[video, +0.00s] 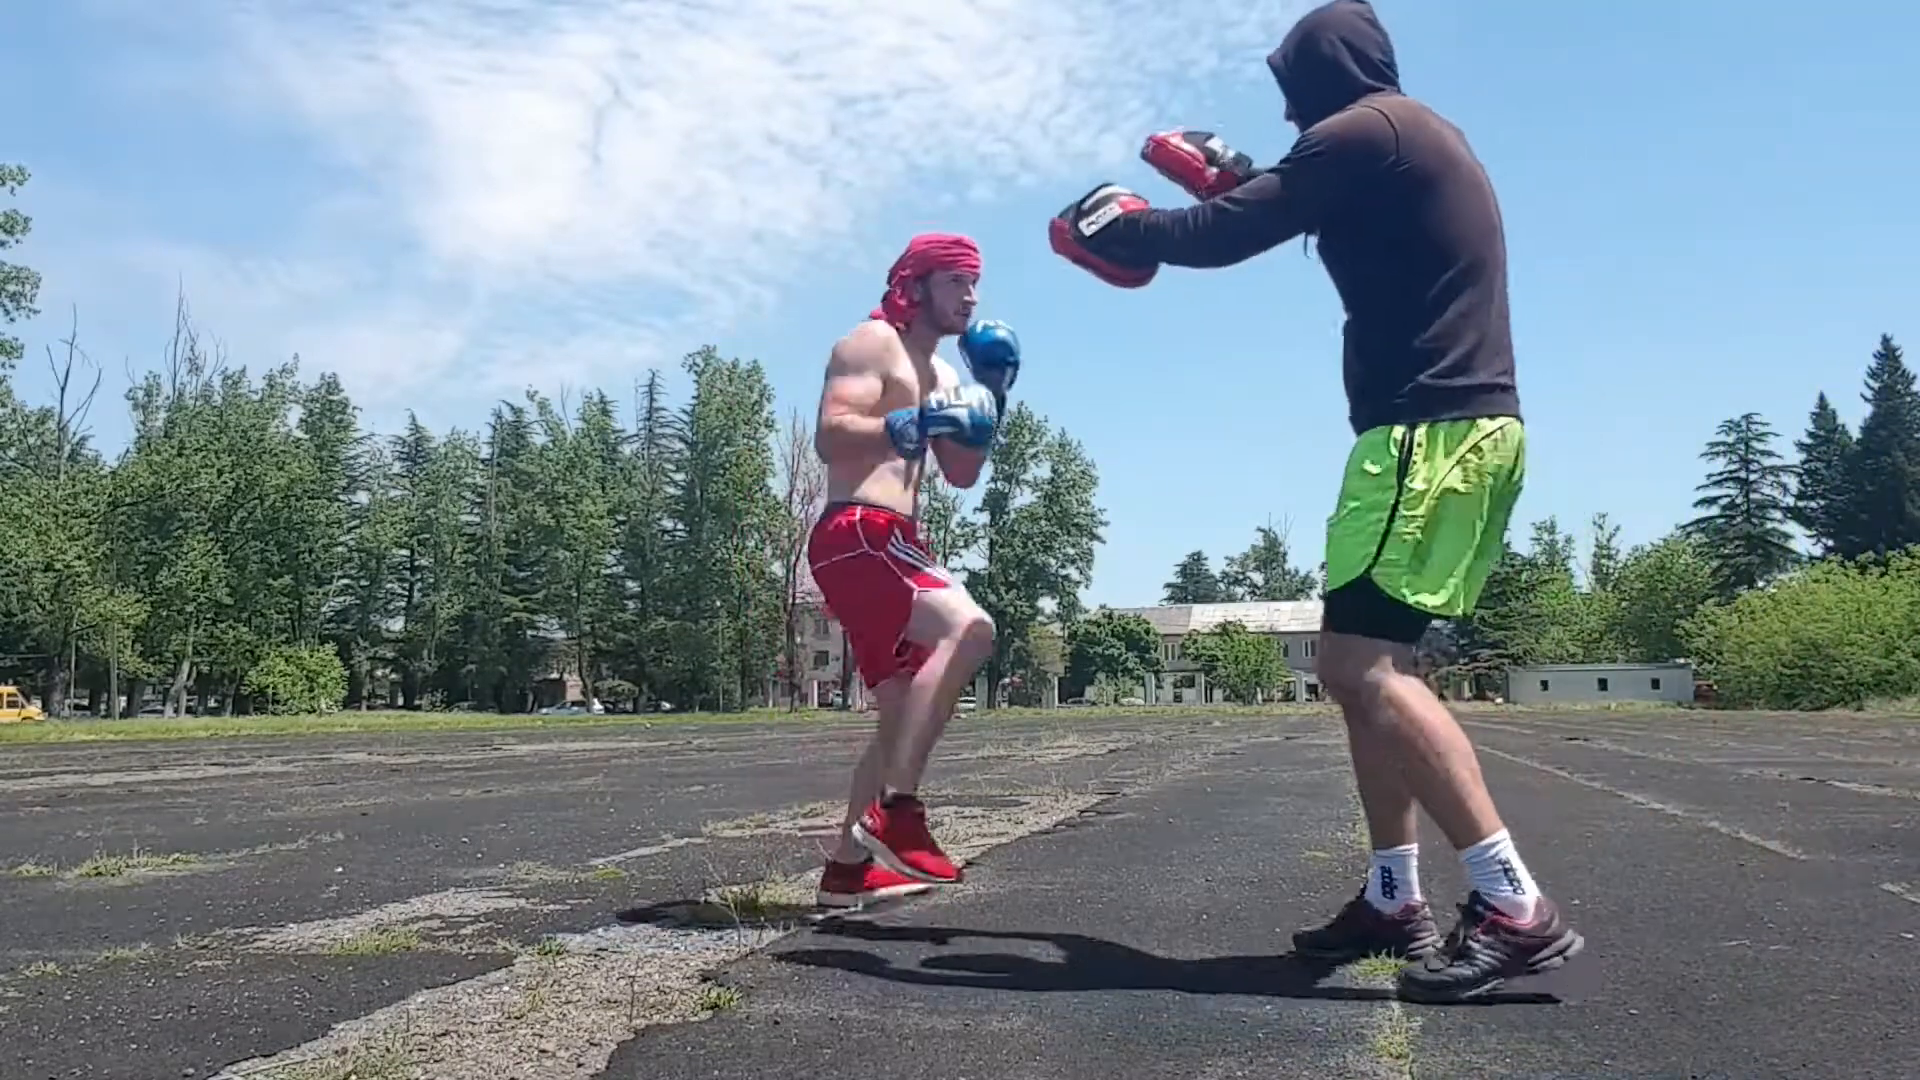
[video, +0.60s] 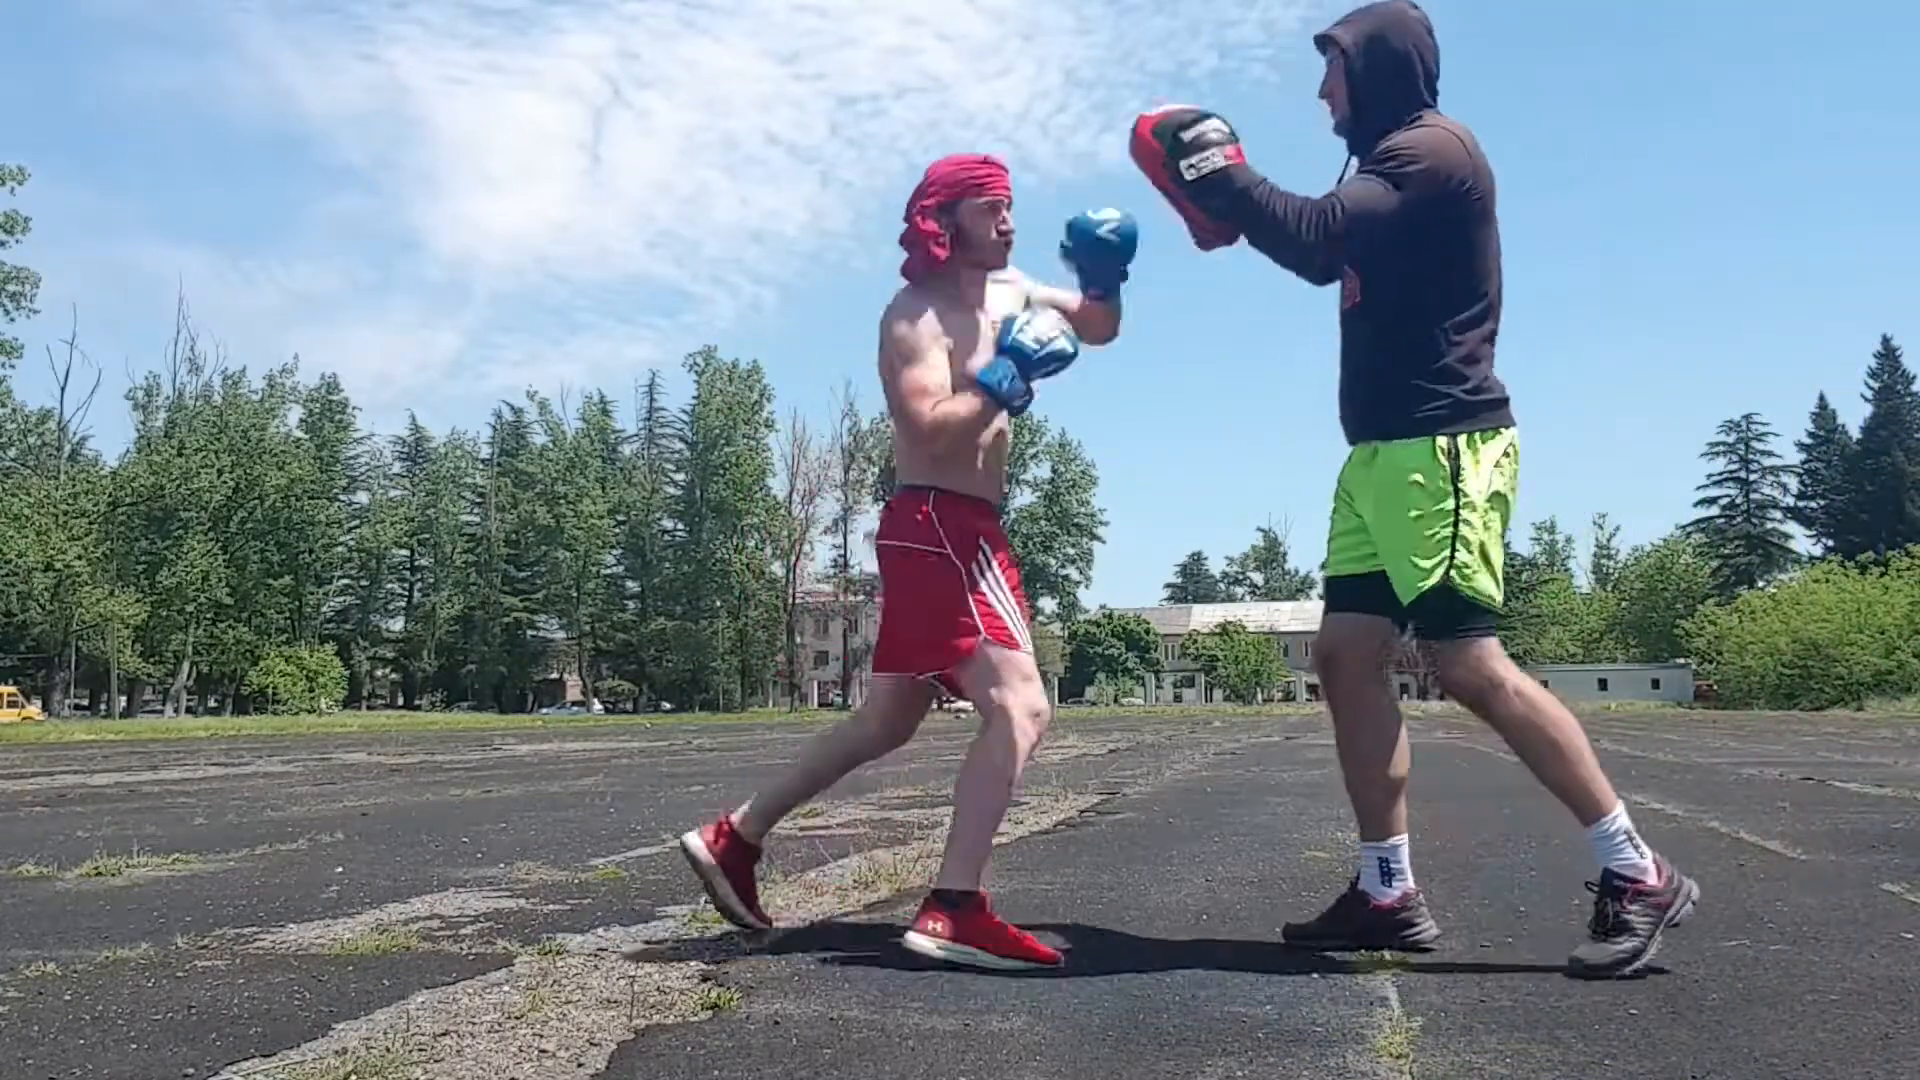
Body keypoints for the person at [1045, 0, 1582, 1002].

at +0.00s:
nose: (1291, 106)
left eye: (1294, 90)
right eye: (1290, 92)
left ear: (1321, 77)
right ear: (1374, 65)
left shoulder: (1357, 139)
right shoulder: (1425, 133)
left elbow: (1224, 231)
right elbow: (1330, 201)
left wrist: (1125, 221)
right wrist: (1240, 179)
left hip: (1426, 431)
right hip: (1471, 427)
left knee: (1364, 665)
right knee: (1361, 668)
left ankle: (1519, 908)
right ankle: (1393, 902)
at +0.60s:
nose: (1322, 87)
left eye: (1331, 67)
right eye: (1325, 69)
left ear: (1370, 72)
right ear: (1393, 71)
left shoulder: (1433, 151)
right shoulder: (1384, 165)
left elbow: (1319, 229)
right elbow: (1319, 256)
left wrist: (1224, 168)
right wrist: (1223, 196)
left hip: (1445, 446)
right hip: (1377, 452)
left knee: (1469, 664)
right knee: (1348, 655)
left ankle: (1637, 873)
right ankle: (1387, 895)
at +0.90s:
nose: (1417, 87)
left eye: (1432, 69)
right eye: (1416, 70)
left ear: (1486, 73)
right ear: (1453, 78)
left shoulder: (1549, 168)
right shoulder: (1447, 181)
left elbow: (1493, 270)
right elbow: (1393, 262)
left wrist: (1347, 184)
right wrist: (1319, 208)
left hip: (1521, 461)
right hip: (1426, 461)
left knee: (1585, 677)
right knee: (1338, 644)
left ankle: (1671, 909)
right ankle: (1392, 867)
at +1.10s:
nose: (1389, 97)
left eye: (1404, 79)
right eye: (1387, 81)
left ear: (1460, 81)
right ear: (1412, 94)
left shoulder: (1545, 160)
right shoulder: (1414, 177)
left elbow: (1500, 234)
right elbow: (1346, 237)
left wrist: (1387, 160)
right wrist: (1291, 155)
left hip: (1536, 454)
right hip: (1433, 459)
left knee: (1576, 663)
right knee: (1397, 659)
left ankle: (1663, 904)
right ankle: (1457, 885)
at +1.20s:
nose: (1377, 112)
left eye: (1391, 92)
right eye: (1375, 96)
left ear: (1446, 91)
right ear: (1406, 104)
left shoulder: (1534, 164)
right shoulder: (1405, 187)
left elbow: (1507, 232)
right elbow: (1336, 241)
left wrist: (1378, 155)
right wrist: (1282, 174)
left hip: (1541, 453)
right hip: (1440, 465)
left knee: (1564, 658)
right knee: (1418, 659)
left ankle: (1648, 889)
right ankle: (1463, 889)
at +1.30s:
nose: (1374, 116)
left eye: (1385, 96)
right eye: (1372, 100)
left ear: (1440, 93)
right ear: (1416, 102)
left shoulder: (1533, 157)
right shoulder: (1416, 184)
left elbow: (1496, 229)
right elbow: (1343, 241)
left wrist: (1369, 158)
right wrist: (1284, 182)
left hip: (1558, 451)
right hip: (1459, 461)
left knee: (1568, 657)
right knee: (1402, 643)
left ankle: (1665, 885)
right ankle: (1444, 871)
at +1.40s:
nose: (1385, 142)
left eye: (1399, 124)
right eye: (1383, 125)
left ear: (1452, 123)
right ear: (1419, 131)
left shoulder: (1539, 188)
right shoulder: (1427, 205)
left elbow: (1491, 250)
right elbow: (1354, 260)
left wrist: (1361, 172)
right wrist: (1288, 186)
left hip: (1558, 474)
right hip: (1467, 481)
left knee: (1576, 674)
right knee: (1382, 646)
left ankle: (1669, 892)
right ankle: (1450, 838)